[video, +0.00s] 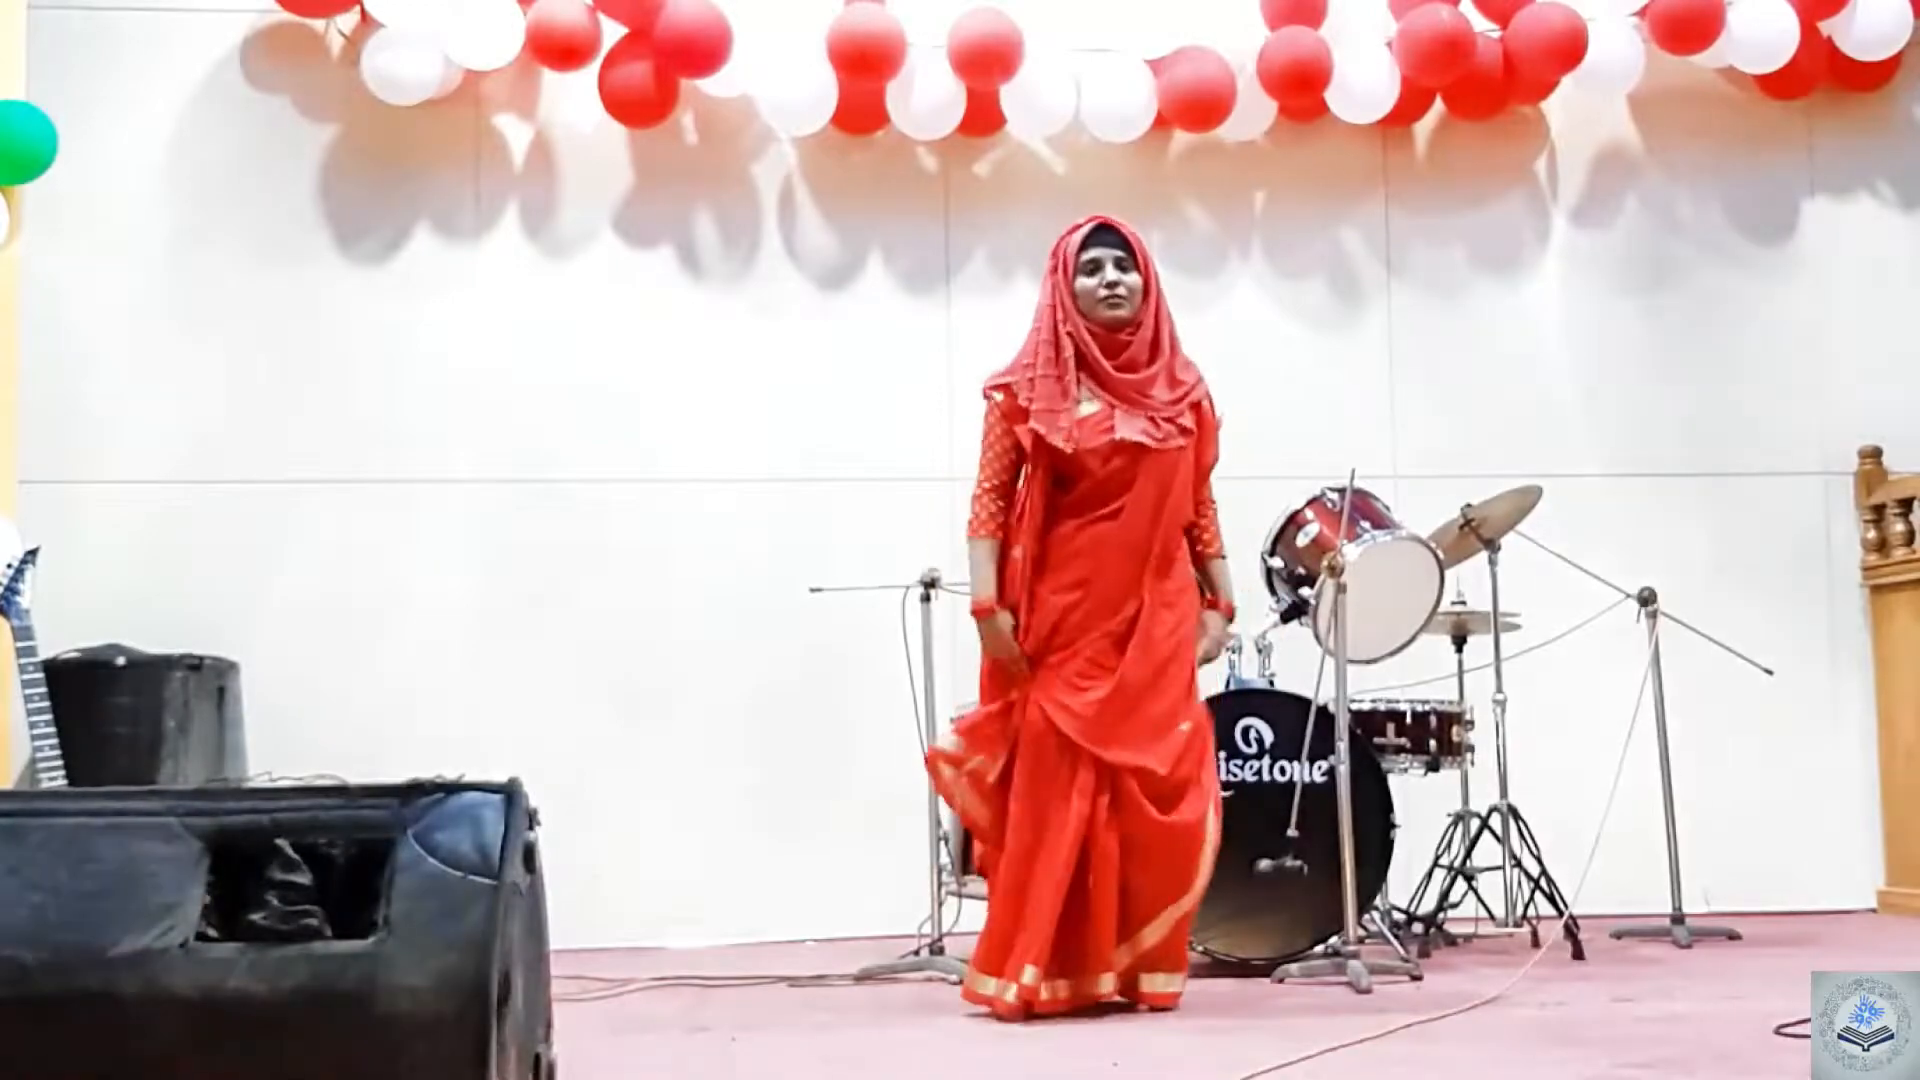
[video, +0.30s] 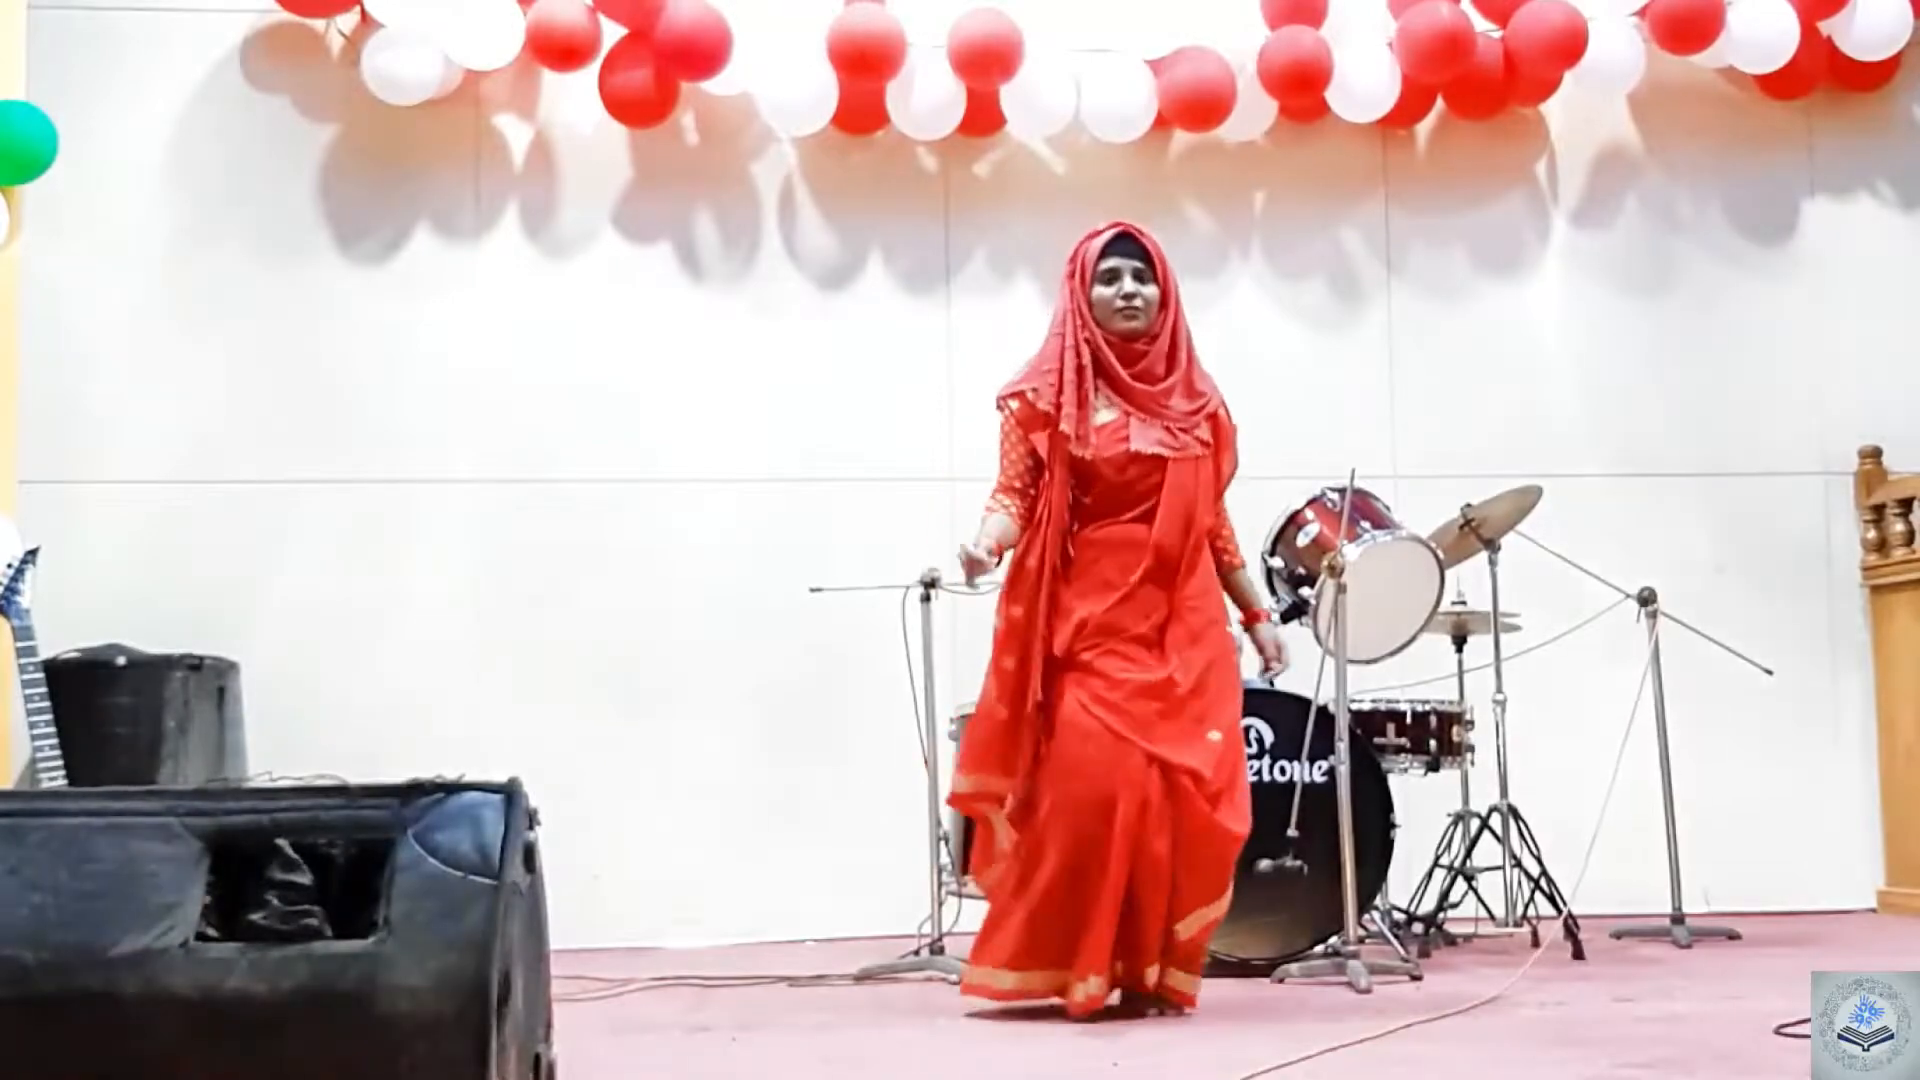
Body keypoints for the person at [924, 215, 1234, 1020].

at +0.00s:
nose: (1110, 279)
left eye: (1123, 268)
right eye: (1093, 270)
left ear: (1146, 284)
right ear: (1064, 290)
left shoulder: (1182, 393)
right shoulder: (1028, 391)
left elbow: (1199, 506)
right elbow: (990, 505)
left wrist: (1221, 597)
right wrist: (987, 611)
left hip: (1158, 619)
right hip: (1061, 620)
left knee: (1156, 789)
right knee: (1059, 789)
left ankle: (1136, 965)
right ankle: (1048, 968)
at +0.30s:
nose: (1128, 290)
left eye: (1140, 277)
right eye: (1111, 278)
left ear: (1161, 291)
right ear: (1083, 295)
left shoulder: (1197, 400)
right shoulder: (1044, 395)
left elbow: (1213, 522)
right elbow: (1011, 498)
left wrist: (1260, 617)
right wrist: (989, 543)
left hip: (1184, 628)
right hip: (1088, 626)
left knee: (1197, 791)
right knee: (1101, 783)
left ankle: (1156, 966)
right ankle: (1086, 969)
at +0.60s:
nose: (1134, 264)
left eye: (1145, 251)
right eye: (1115, 256)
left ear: (1170, 264)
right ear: (1089, 277)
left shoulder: (1213, 372)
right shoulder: (1060, 368)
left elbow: (1246, 469)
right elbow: (997, 449)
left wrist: (1316, 515)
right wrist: (924, 392)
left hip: (1177, 610)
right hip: (1084, 609)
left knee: (1182, 779)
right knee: (1105, 778)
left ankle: (1149, 963)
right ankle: (1081, 963)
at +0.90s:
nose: (1115, 233)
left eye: (1130, 224)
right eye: (1098, 229)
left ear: (1158, 250)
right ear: (1076, 259)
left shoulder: (1204, 346)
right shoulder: (1057, 339)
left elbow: (1242, 454)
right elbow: (972, 297)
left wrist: (1294, 539)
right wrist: (1010, 196)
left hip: (1185, 595)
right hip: (1085, 596)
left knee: (1185, 774)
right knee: (1092, 772)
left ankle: (1150, 951)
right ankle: (1096, 967)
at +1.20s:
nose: (1139, 298)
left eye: (1154, 284)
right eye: (1121, 288)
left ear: (1181, 298)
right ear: (1097, 306)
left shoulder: (1219, 394)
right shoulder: (1070, 382)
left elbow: (1321, 399)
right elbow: (1002, 339)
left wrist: (1366, 313)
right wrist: (1077, 284)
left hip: (1197, 612)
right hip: (1098, 612)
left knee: (1193, 777)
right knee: (1111, 763)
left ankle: (1160, 970)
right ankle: (1093, 966)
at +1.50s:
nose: (1147, 243)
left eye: (1163, 234)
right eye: (1129, 231)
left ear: (1187, 254)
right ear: (1103, 251)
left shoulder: (1211, 326)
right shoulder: (1070, 323)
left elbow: (1289, 275)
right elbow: (995, 293)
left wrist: (1230, 199)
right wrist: (1087, 252)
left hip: (1184, 577)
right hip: (1085, 574)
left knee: (1189, 759)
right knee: (1089, 760)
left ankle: (1178, 944)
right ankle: (1091, 974)